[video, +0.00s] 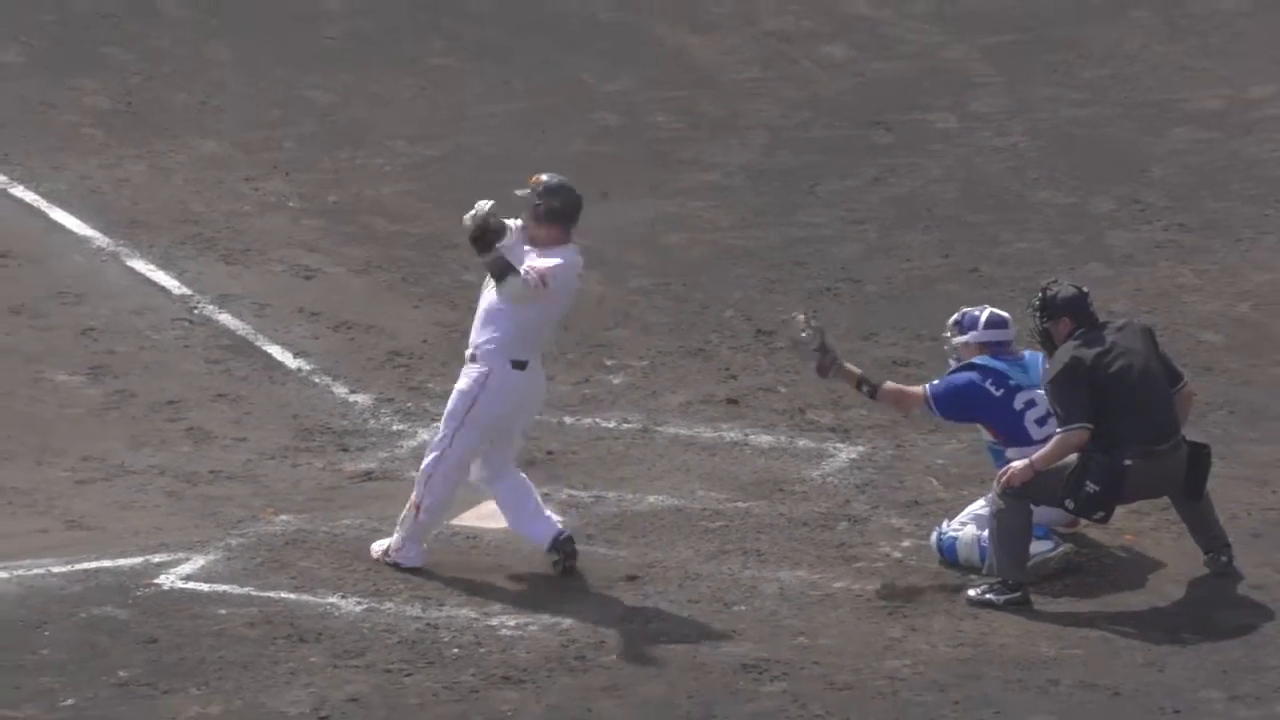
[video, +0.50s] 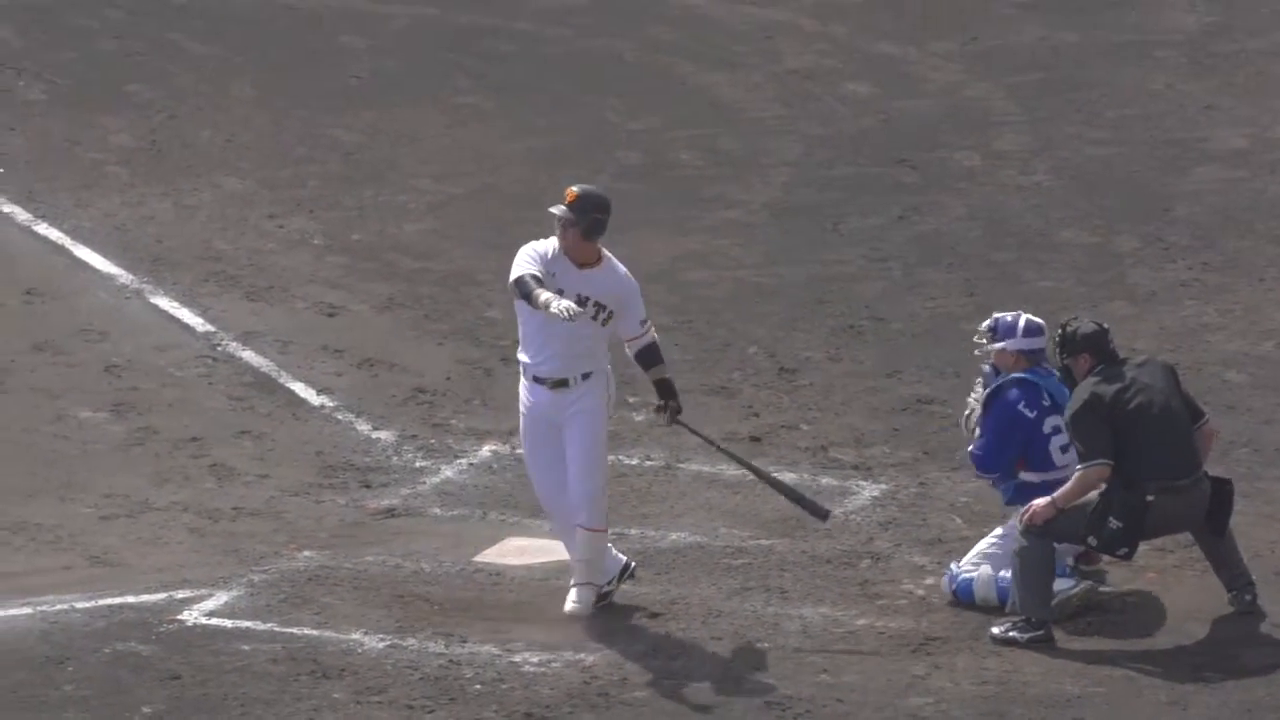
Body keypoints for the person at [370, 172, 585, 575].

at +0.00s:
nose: (525, 217)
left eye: (532, 212)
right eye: (528, 210)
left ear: (551, 224)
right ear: (556, 224)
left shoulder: (561, 267)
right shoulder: (525, 237)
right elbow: (495, 238)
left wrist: (486, 243)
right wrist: (482, 225)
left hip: (491, 376)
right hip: (524, 378)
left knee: (443, 458)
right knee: (496, 467)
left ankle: (406, 547)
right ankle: (553, 535)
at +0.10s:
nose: (527, 216)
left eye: (535, 212)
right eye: (530, 209)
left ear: (556, 221)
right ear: (540, 214)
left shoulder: (579, 277)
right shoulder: (515, 237)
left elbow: (595, 336)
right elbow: (496, 244)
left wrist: (595, 321)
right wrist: (542, 244)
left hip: (515, 389)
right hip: (489, 382)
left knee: (460, 470)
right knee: (505, 477)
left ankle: (406, 554)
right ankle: (578, 538)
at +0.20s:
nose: (536, 233)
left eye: (545, 229)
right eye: (538, 225)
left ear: (567, 239)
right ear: (538, 226)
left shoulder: (591, 288)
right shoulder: (519, 251)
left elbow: (618, 337)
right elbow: (506, 275)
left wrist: (636, 353)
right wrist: (548, 271)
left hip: (540, 400)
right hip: (500, 395)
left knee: (484, 476)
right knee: (518, 493)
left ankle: (449, 574)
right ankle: (592, 553)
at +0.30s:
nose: (549, 243)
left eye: (557, 239)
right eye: (550, 235)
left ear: (579, 245)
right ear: (552, 236)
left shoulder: (608, 298)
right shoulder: (531, 262)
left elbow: (636, 353)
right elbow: (515, 289)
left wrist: (664, 382)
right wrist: (545, 301)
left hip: (556, 403)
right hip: (511, 399)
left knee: (521, 483)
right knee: (522, 488)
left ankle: (504, 588)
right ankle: (595, 564)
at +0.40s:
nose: (556, 236)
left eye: (565, 232)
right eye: (557, 229)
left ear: (587, 239)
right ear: (559, 230)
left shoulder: (616, 292)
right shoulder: (534, 258)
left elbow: (642, 347)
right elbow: (524, 292)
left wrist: (668, 385)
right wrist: (559, 309)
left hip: (571, 399)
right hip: (523, 397)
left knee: (560, 493)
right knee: (537, 501)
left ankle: (557, 591)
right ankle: (602, 567)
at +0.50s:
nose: (559, 228)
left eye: (568, 223)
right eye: (560, 220)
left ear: (590, 231)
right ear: (563, 222)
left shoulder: (618, 283)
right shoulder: (536, 253)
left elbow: (641, 341)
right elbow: (526, 283)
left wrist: (667, 390)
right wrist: (552, 301)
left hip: (585, 393)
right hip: (535, 393)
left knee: (585, 487)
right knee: (550, 495)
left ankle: (583, 583)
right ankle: (608, 564)